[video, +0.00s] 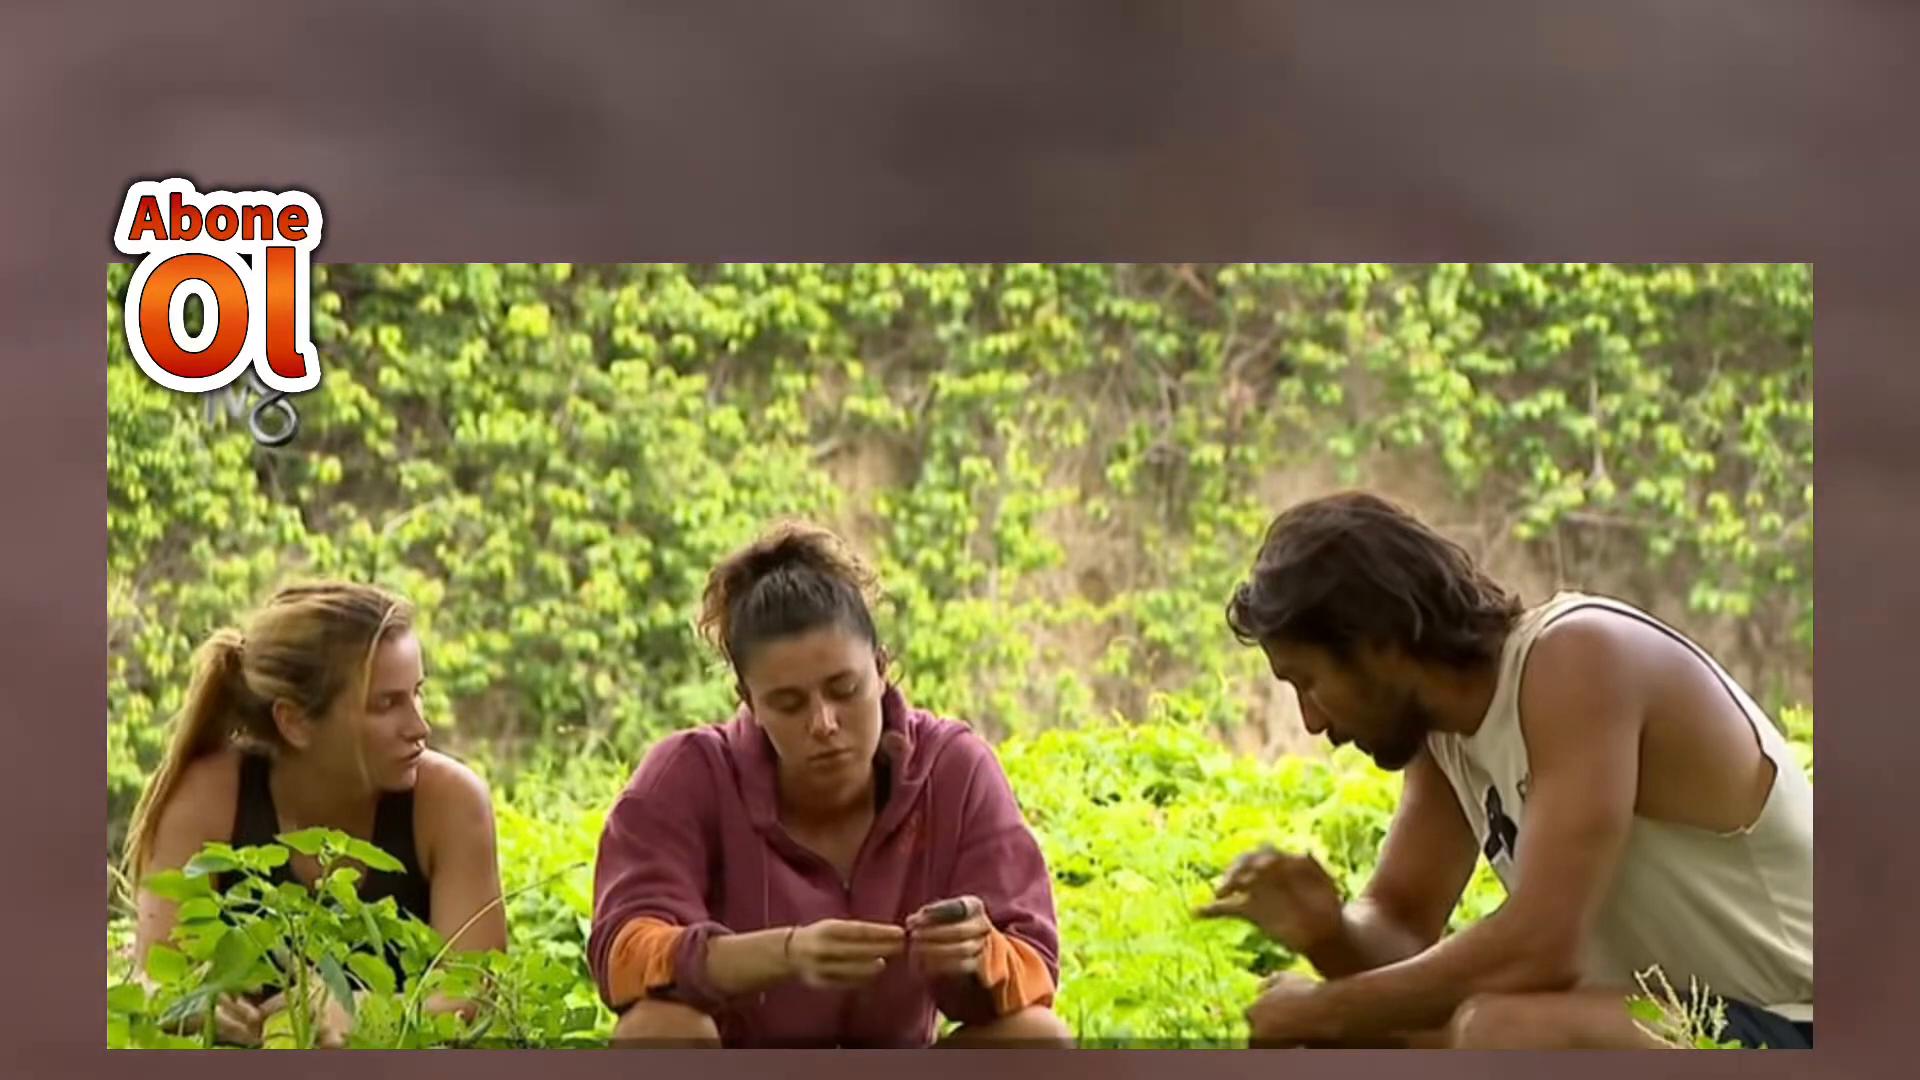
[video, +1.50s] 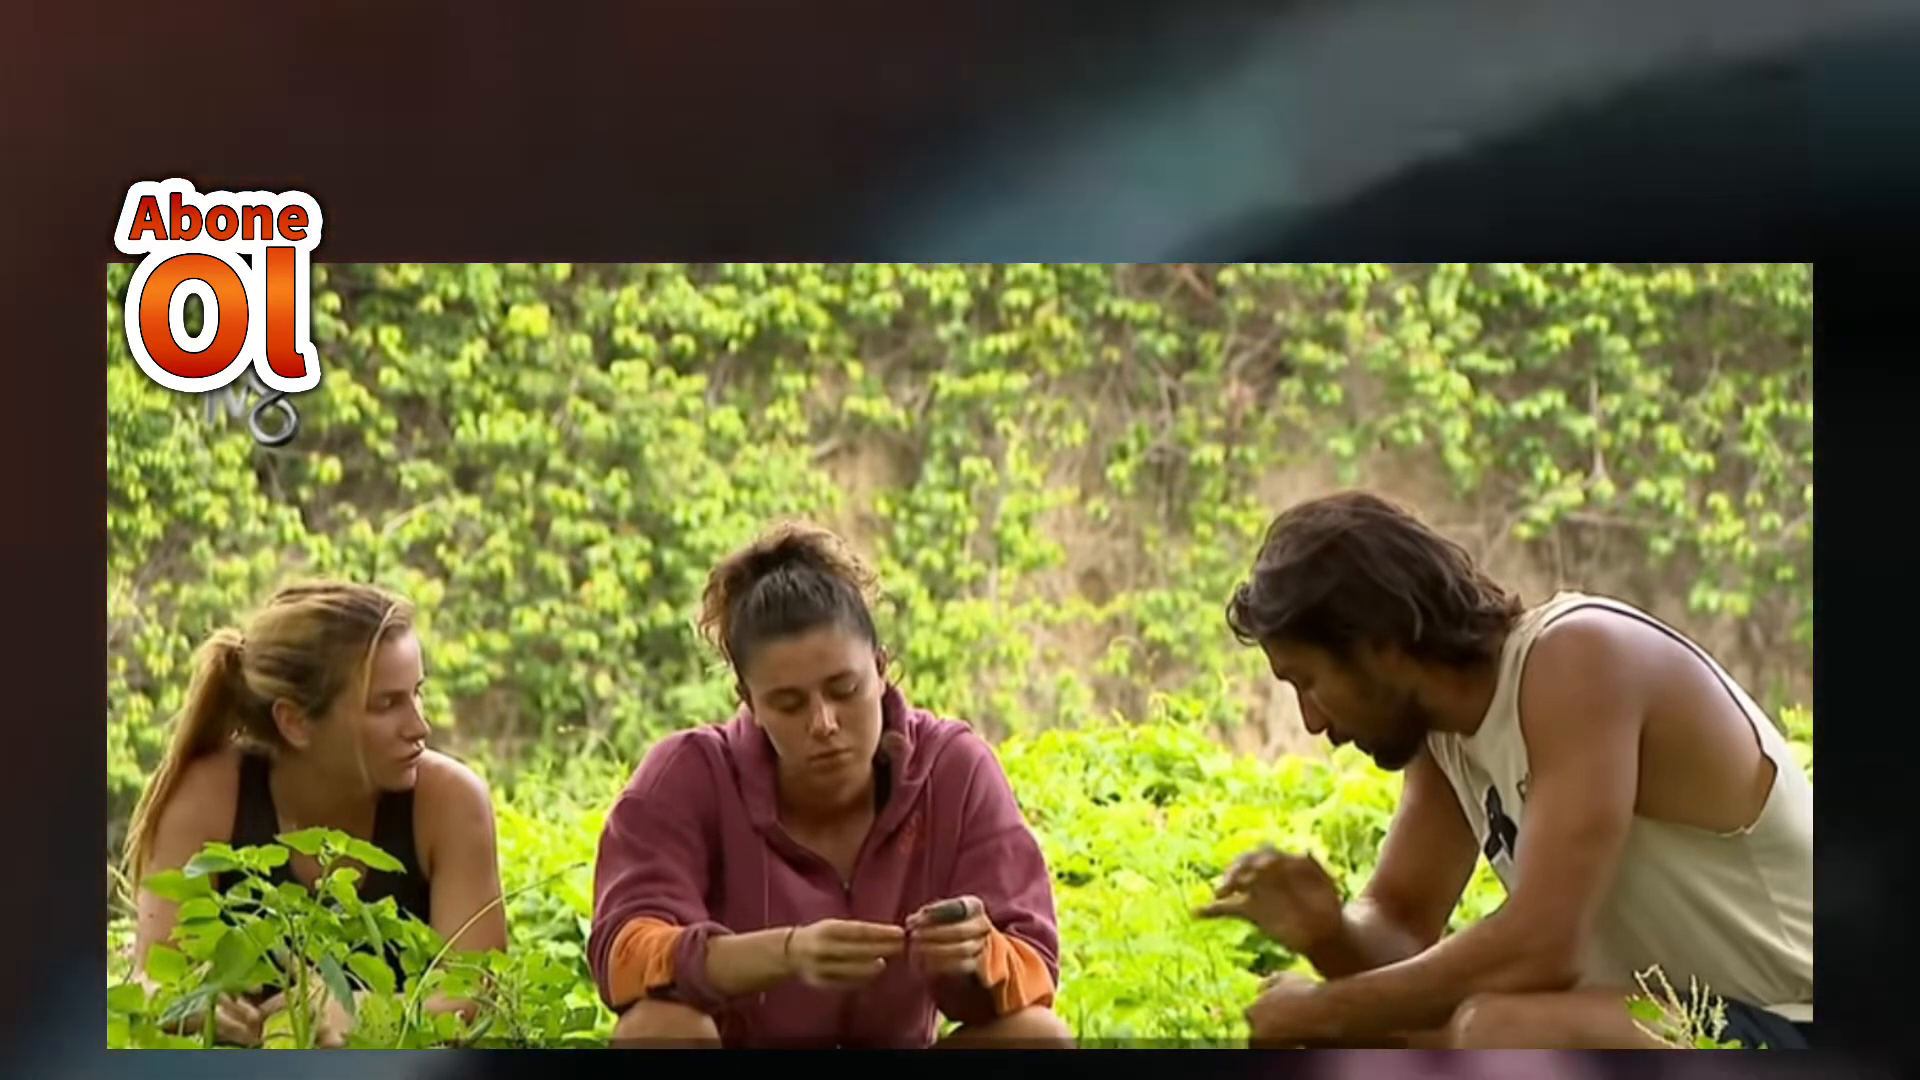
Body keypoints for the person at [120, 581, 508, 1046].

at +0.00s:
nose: (420, 726)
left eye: (417, 695)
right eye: (388, 704)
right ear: (295, 722)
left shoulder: (451, 799)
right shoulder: (206, 793)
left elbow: (470, 1000)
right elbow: (154, 983)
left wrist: (354, 1013)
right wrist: (201, 1008)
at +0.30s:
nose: (420, 725)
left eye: (417, 695)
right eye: (387, 705)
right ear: (295, 722)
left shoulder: (452, 800)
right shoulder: (206, 792)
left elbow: (470, 1000)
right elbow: (153, 982)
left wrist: (354, 1013)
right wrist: (200, 1008)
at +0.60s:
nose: (420, 725)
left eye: (417, 695)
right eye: (388, 704)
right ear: (295, 723)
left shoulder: (451, 799)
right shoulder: (206, 791)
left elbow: (470, 1001)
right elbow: (152, 982)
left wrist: (353, 1013)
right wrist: (200, 1008)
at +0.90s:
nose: (420, 725)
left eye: (417, 695)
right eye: (387, 704)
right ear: (295, 722)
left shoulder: (451, 800)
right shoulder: (206, 792)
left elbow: (470, 1000)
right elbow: (153, 982)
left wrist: (354, 1013)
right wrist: (200, 1008)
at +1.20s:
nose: (420, 725)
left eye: (417, 695)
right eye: (387, 705)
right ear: (295, 722)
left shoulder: (451, 800)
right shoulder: (206, 792)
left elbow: (471, 1001)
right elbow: (153, 982)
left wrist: (354, 1013)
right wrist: (200, 1008)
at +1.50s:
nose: (420, 725)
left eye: (417, 695)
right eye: (387, 705)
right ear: (295, 723)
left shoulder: (451, 800)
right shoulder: (206, 792)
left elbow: (470, 1001)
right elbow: (153, 985)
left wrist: (354, 1013)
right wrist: (200, 1009)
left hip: (386, 1065)